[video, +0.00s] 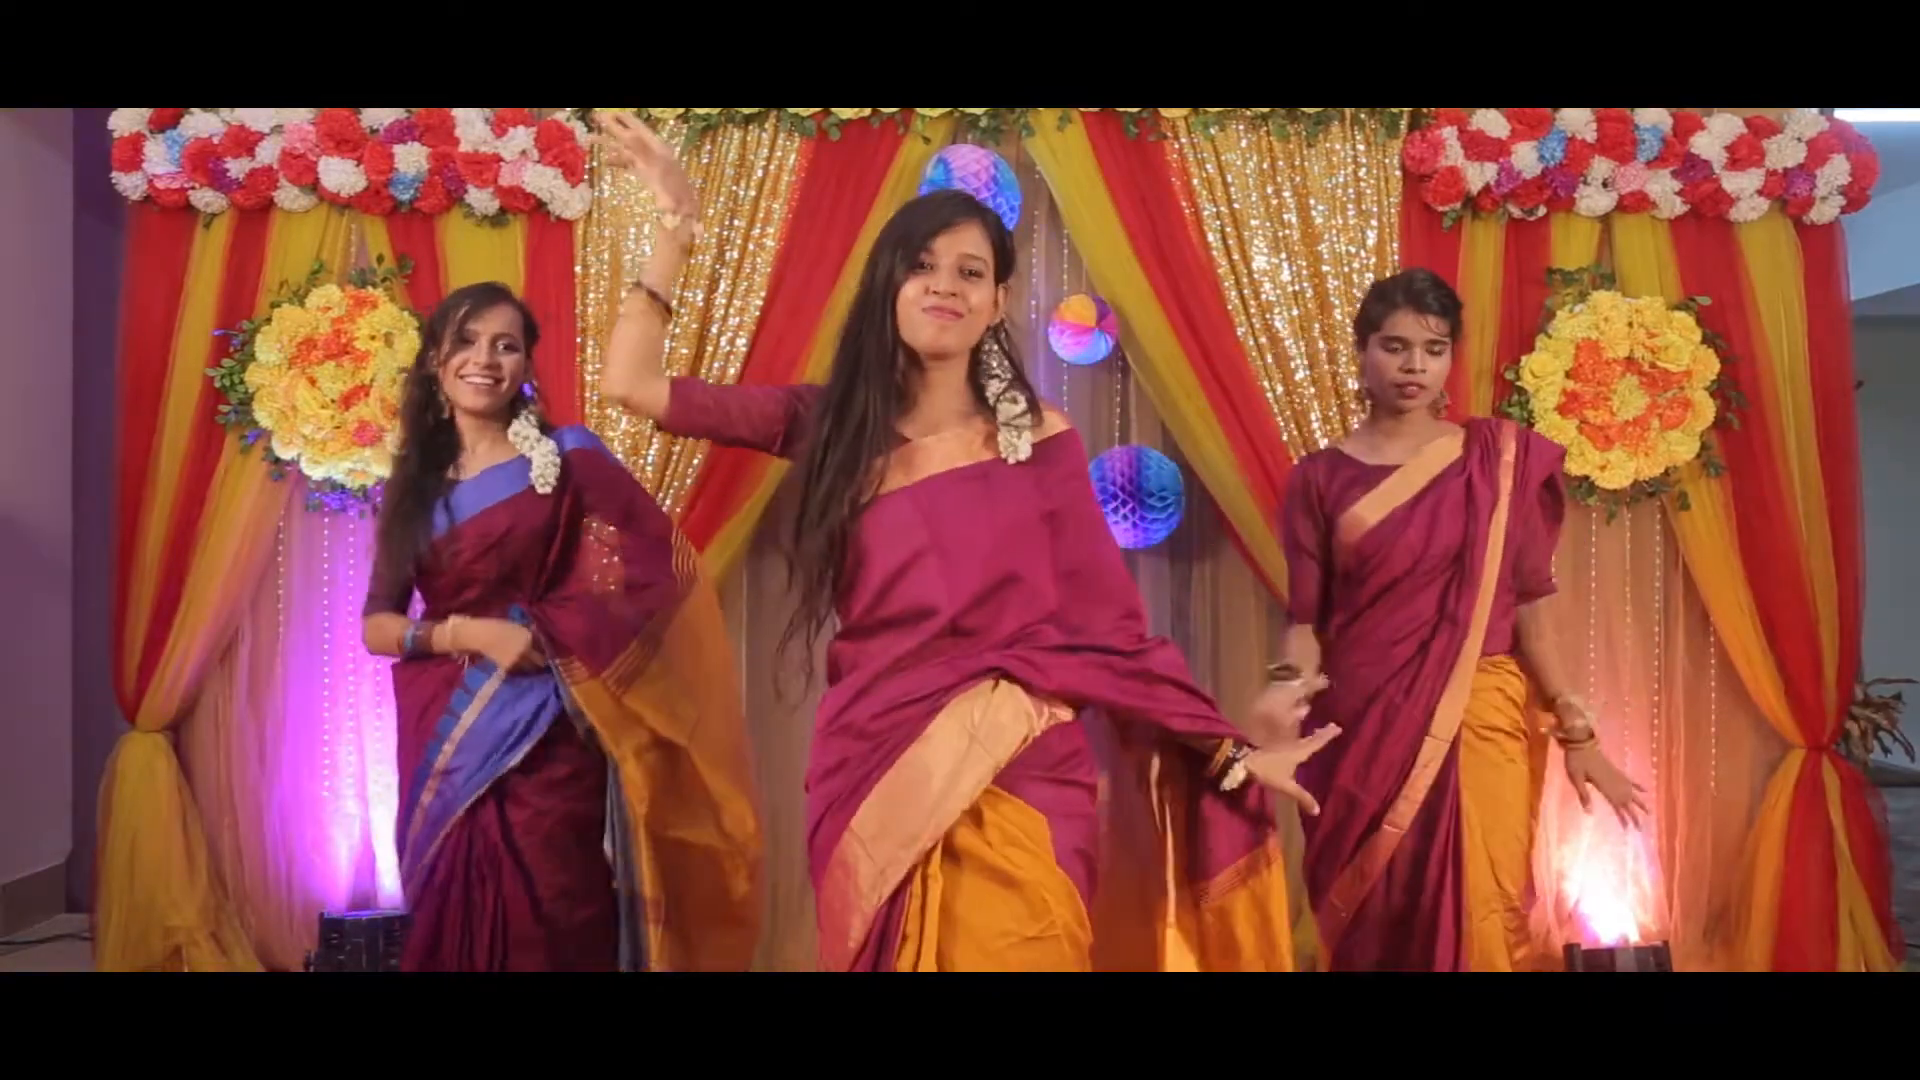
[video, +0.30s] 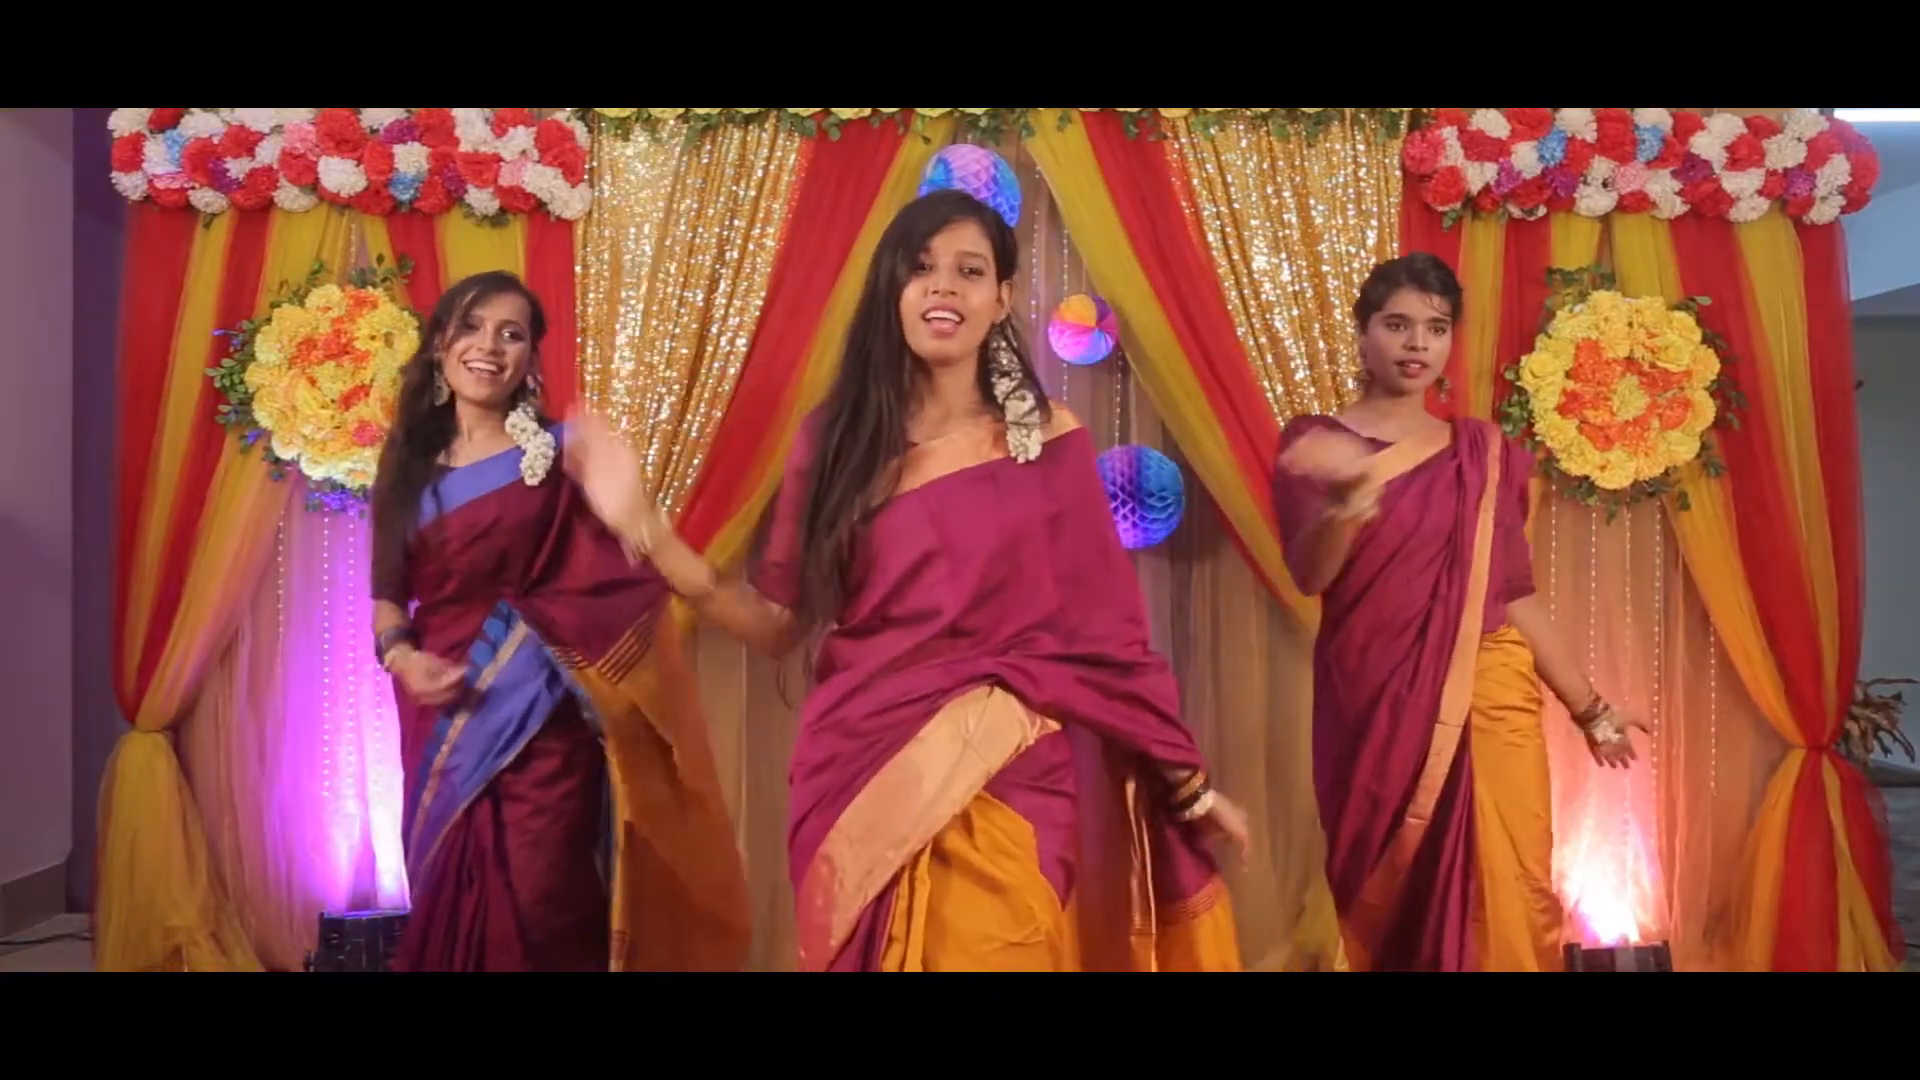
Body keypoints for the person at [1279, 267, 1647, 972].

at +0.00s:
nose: (1415, 365)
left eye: (1434, 349)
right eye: (1396, 345)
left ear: (1453, 358)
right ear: (1360, 352)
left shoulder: (1503, 456)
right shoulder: (1320, 479)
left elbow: (1531, 612)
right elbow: (1304, 623)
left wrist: (1579, 737)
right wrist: (1290, 696)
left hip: (1481, 729)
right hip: (1361, 735)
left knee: (1475, 933)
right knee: (1365, 935)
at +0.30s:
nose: (1417, 342)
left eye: (1436, 327)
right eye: (1398, 323)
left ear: (1452, 342)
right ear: (1361, 333)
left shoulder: (1485, 449)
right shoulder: (1317, 445)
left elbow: (1515, 597)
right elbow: (1307, 575)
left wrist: (1589, 706)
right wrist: (1341, 518)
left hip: (1491, 694)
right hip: (1379, 702)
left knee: (1513, 900)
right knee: (1390, 904)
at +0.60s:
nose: (1420, 354)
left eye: (1435, 337)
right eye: (1398, 337)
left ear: (1455, 353)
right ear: (1361, 352)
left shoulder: (1461, 465)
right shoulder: (1328, 434)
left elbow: (1502, 609)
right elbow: (1344, 552)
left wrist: (1639, 594)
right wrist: (1431, 496)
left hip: (1472, 711)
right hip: (1371, 713)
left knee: (1498, 905)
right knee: (1387, 913)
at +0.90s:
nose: (1420, 374)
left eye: (1437, 355)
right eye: (1400, 356)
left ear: (1457, 363)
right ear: (1366, 365)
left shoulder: (1497, 461)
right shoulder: (1322, 468)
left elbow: (1620, 529)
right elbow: (1276, 577)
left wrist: (1498, 482)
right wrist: (1375, 515)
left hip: (1467, 717)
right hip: (1351, 720)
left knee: (1475, 907)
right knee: (1364, 916)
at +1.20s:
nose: (1401, 348)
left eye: (1420, 330)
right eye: (1381, 328)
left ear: (1443, 344)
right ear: (1353, 341)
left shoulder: (1494, 439)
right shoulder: (1327, 445)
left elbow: (1605, 529)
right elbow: (1259, 375)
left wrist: (1576, 617)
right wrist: (1332, 289)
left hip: (1479, 699)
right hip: (1362, 706)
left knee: (1471, 917)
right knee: (1370, 915)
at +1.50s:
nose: (1406, 320)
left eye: (1424, 307)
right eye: (1384, 305)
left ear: (1445, 334)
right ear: (1351, 329)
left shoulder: (1498, 442)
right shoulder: (1328, 444)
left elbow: (1539, 583)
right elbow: (1252, 323)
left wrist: (1594, 687)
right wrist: (1336, 228)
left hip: (1500, 690)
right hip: (1381, 704)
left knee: (1492, 915)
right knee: (1389, 917)